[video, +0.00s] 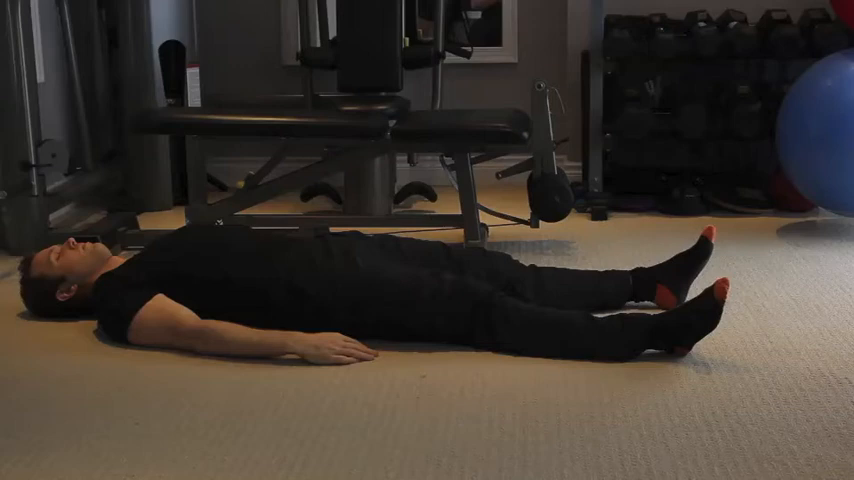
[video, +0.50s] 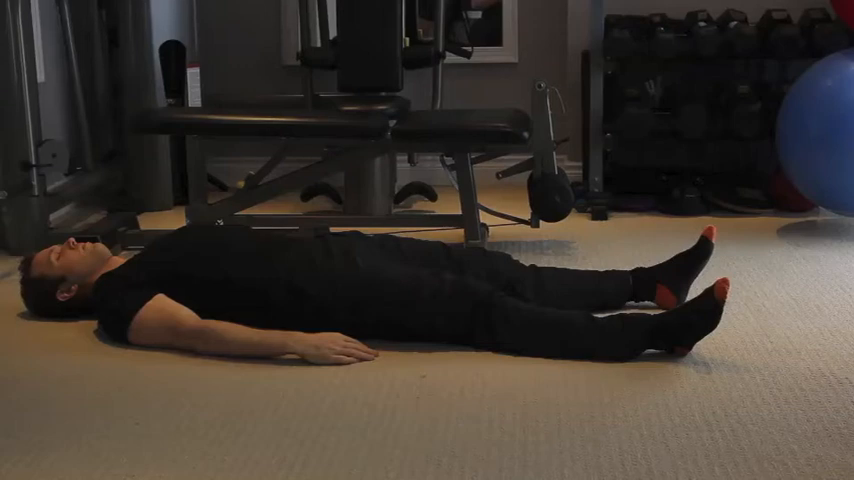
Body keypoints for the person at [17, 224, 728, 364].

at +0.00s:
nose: (67, 243)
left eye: (59, 244)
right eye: (57, 258)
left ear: (80, 239)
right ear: (68, 287)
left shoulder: (149, 248)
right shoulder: (118, 294)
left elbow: (249, 248)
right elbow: (197, 336)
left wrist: (330, 239)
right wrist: (295, 344)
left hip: (351, 249)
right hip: (337, 285)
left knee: (493, 266)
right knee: (486, 308)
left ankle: (644, 287)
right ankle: (657, 336)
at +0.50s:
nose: (66, 243)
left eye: (58, 245)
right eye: (56, 257)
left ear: (79, 241)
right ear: (67, 286)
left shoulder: (149, 248)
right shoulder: (119, 295)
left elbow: (248, 245)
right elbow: (200, 336)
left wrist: (330, 237)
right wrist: (297, 345)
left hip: (349, 249)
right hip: (335, 285)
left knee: (489, 264)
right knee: (483, 306)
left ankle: (642, 287)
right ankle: (657, 337)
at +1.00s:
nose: (72, 244)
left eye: (64, 243)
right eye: (61, 260)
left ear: (85, 239)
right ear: (71, 291)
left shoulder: (156, 246)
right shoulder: (118, 295)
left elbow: (254, 243)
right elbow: (198, 333)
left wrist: (333, 226)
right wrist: (297, 344)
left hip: (353, 236)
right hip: (332, 280)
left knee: (489, 233)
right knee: (479, 302)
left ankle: (636, 284)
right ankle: (656, 335)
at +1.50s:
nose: (81, 239)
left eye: (72, 239)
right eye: (68, 255)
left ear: (91, 242)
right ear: (77, 287)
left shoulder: (150, 251)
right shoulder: (128, 298)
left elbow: (243, 247)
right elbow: (209, 335)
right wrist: (312, 344)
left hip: (330, 242)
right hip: (325, 288)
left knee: (395, 129)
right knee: (441, 193)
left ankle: (530, 213)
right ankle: (585, 286)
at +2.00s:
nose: (73, 236)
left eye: (61, 237)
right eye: (58, 249)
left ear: (83, 245)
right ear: (66, 287)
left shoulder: (144, 251)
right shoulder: (116, 299)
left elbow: (247, 247)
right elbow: (199, 331)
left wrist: (356, 275)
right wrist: (304, 343)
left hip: (315, 270)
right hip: (293, 291)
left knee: (285, 114)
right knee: (273, 118)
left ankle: (447, 121)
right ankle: (445, 129)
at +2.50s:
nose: (70, 235)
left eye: (60, 237)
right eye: (57, 250)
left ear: (81, 245)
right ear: (67, 287)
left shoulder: (143, 250)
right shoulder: (117, 298)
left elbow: (245, 251)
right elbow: (200, 332)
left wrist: (356, 273)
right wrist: (303, 344)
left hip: (314, 265)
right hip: (297, 288)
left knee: (274, 119)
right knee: (260, 121)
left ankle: (431, 125)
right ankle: (433, 132)